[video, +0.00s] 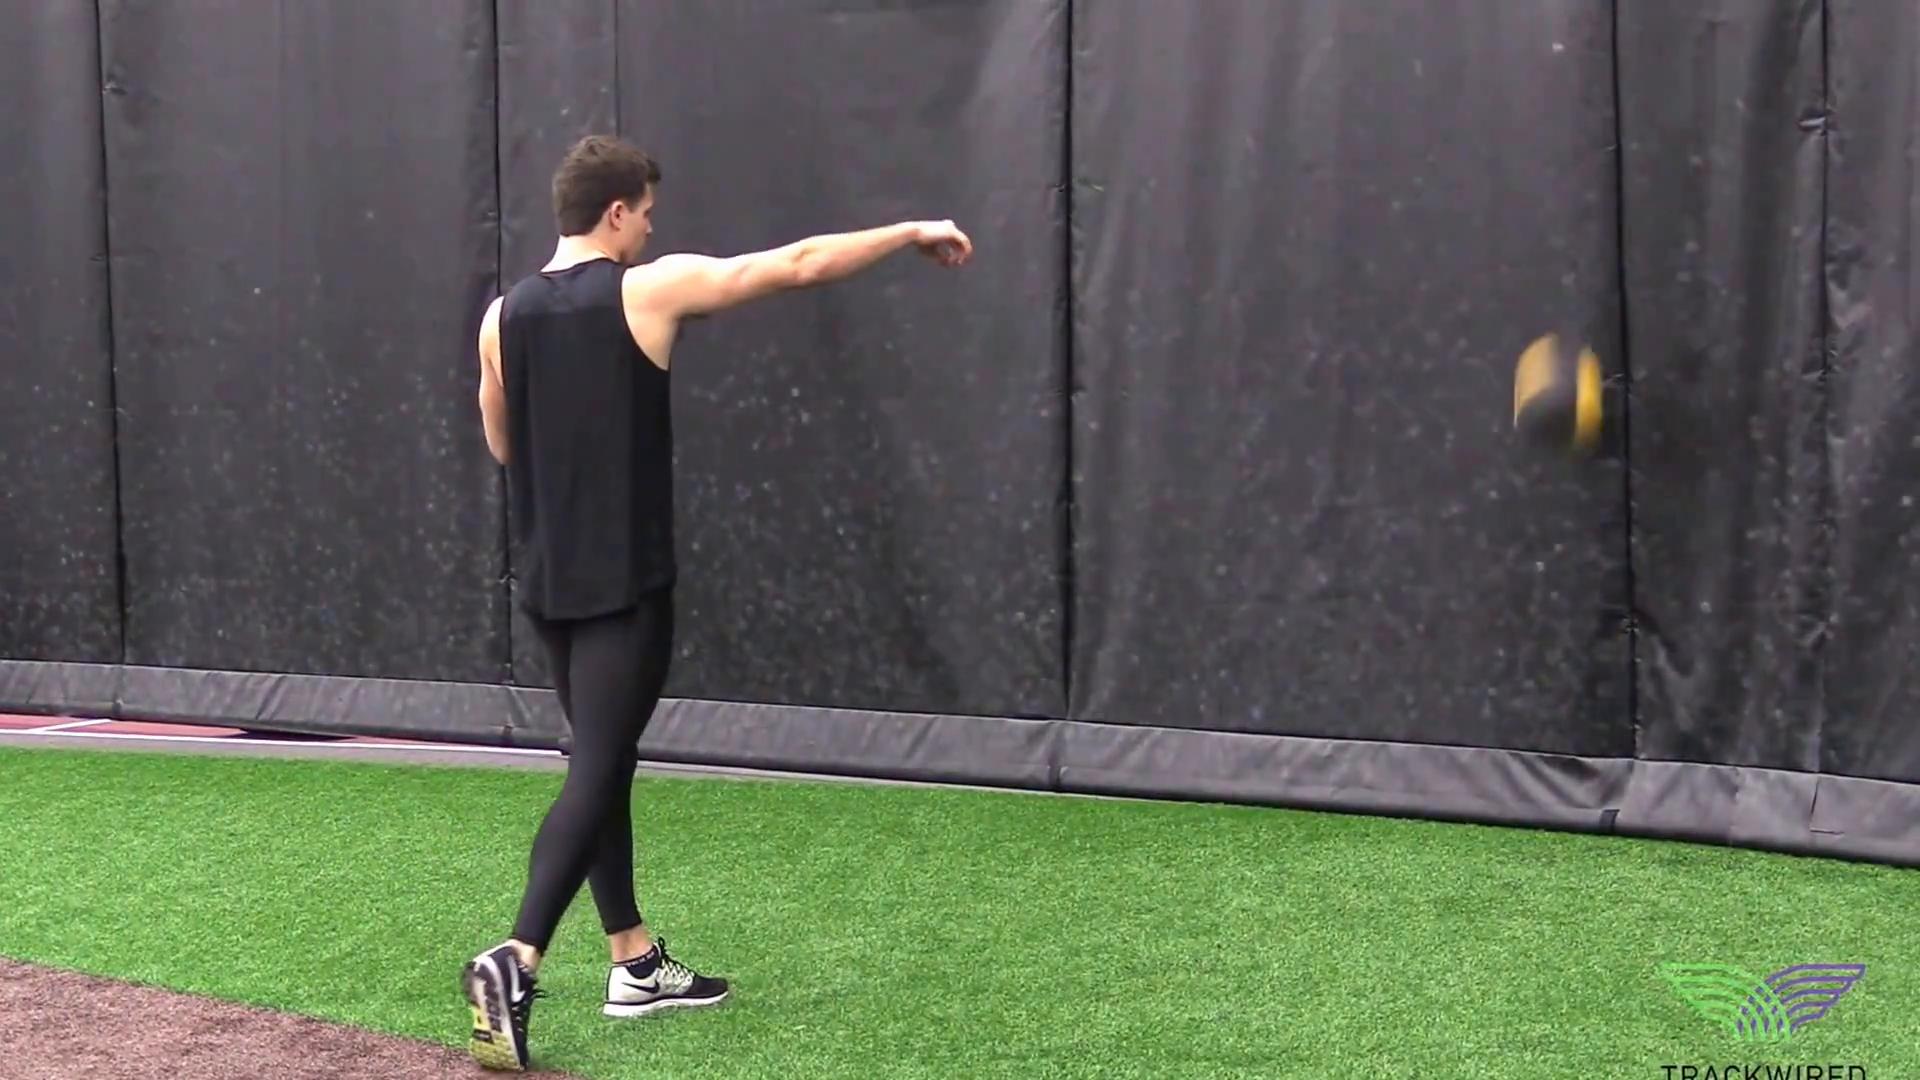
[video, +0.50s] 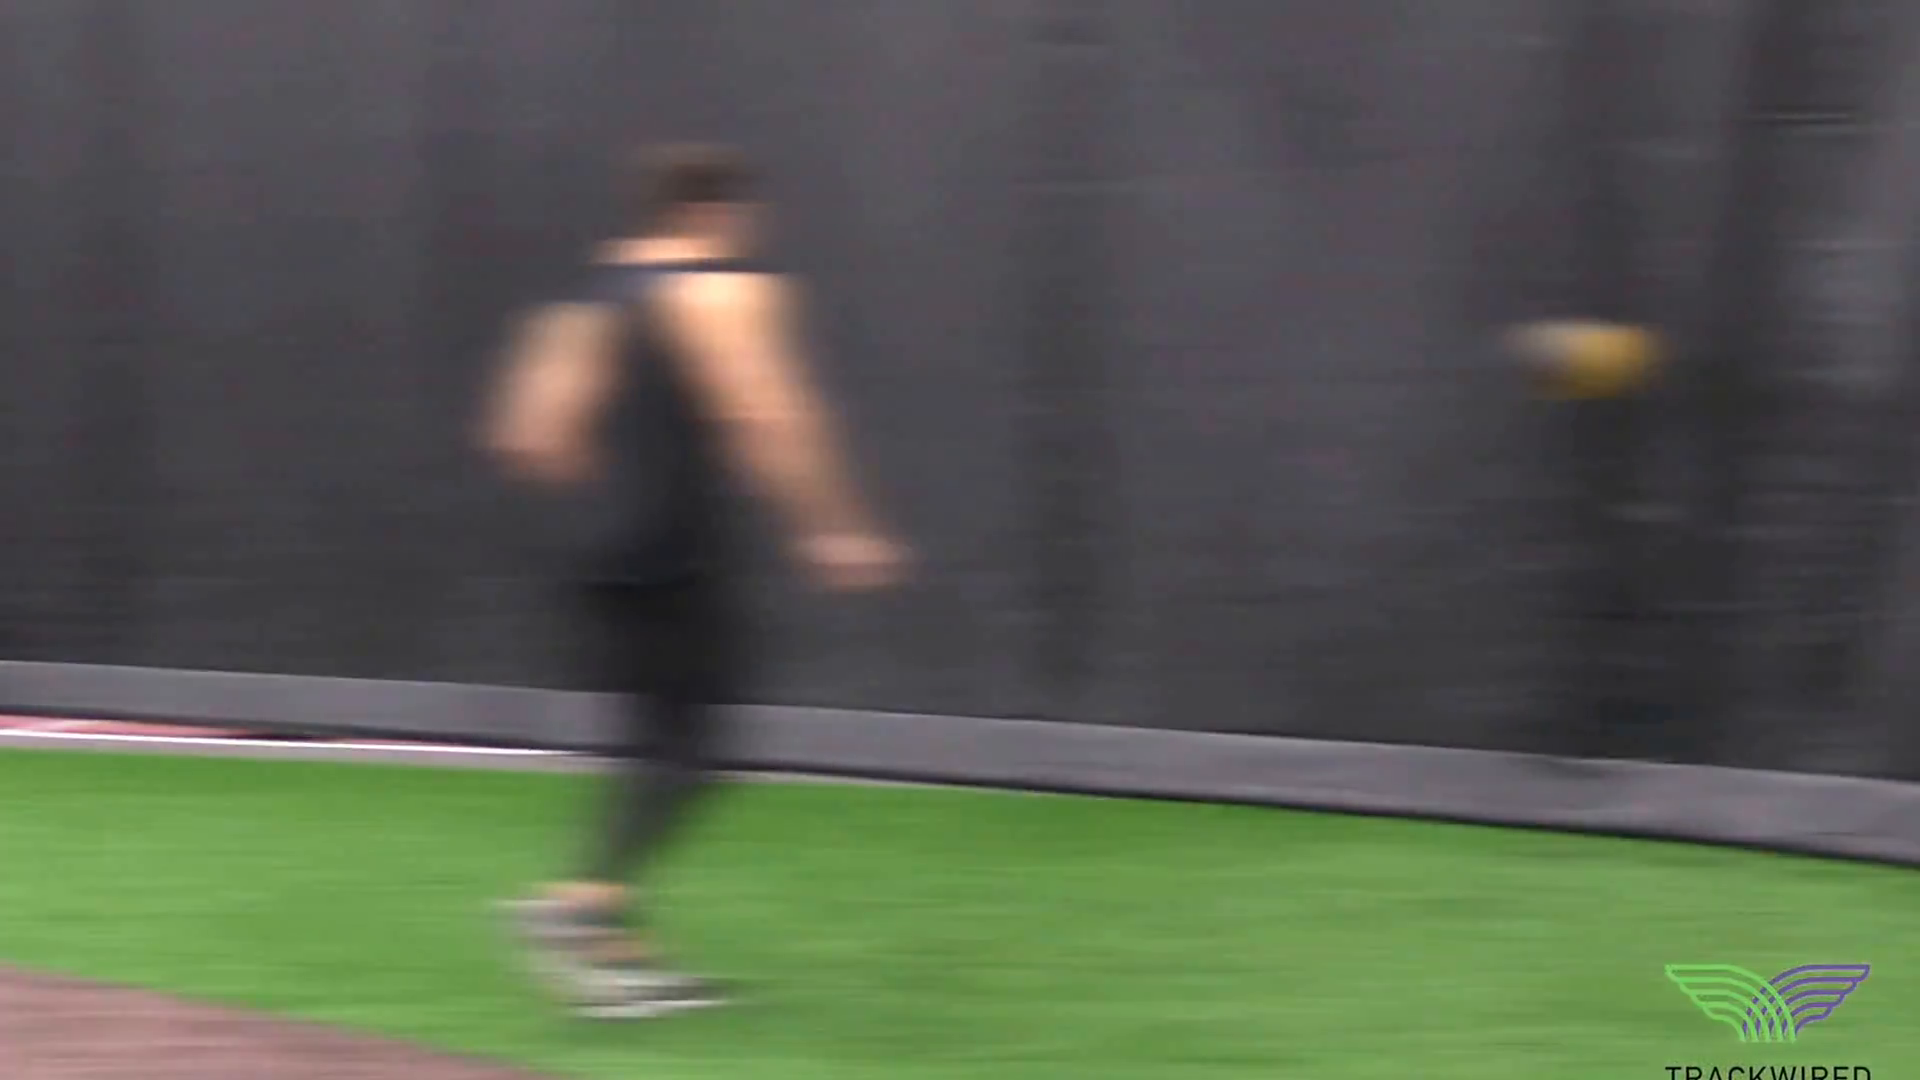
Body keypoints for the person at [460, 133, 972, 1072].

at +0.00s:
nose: (652, 226)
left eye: (650, 212)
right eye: (649, 211)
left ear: (571, 216)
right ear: (620, 213)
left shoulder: (504, 313)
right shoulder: (651, 287)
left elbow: (501, 438)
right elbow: (796, 265)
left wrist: (555, 462)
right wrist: (909, 230)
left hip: (546, 571)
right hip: (625, 568)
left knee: (602, 763)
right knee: (596, 767)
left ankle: (634, 963)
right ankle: (516, 957)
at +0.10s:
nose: (667, 236)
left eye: (664, 222)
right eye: (663, 222)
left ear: (585, 223)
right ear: (636, 224)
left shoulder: (515, 323)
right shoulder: (666, 300)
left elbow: (506, 453)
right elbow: (811, 291)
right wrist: (923, 274)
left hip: (540, 579)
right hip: (615, 579)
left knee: (627, 752)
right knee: (563, 782)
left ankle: (635, 965)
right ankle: (474, 977)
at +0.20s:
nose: (685, 259)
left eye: (682, 243)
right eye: (683, 244)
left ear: (601, 244)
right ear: (659, 244)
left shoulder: (532, 337)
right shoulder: (682, 323)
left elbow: (506, 469)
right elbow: (832, 332)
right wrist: (942, 326)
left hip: (533, 596)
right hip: (606, 597)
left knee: (644, 750)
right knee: (547, 790)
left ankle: (634, 963)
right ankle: (454, 987)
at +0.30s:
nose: (708, 257)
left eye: (706, 242)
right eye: (703, 243)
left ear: (623, 242)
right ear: (672, 243)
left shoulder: (550, 335)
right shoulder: (696, 322)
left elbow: (509, 467)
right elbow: (835, 362)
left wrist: (575, 403)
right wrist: (963, 386)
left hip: (566, 589)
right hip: (623, 592)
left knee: (647, 754)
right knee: (572, 773)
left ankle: (632, 963)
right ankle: (476, 969)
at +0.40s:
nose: (727, 248)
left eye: (723, 232)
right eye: (720, 233)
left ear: (636, 229)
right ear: (693, 229)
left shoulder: (575, 320)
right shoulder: (710, 308)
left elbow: (520, 454)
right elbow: (827, 394)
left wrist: (581, 499)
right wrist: (931, 460)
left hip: (592, 568)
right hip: (655, 570)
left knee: (636, 759)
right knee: (641, 758)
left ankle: (629, 956)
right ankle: (524, 930)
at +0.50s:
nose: (743, 236)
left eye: (739, 220)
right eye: (738, 221)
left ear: (655, 211)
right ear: (720, 215)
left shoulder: (603, 287)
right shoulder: (718, 286)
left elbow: (534, 430)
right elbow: (768, 416)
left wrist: (617, 471)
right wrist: (834, 526)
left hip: (613, 545)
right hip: (684, 549)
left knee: (663, 737)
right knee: (696, 738)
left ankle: (605, 937)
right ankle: (589, 897)